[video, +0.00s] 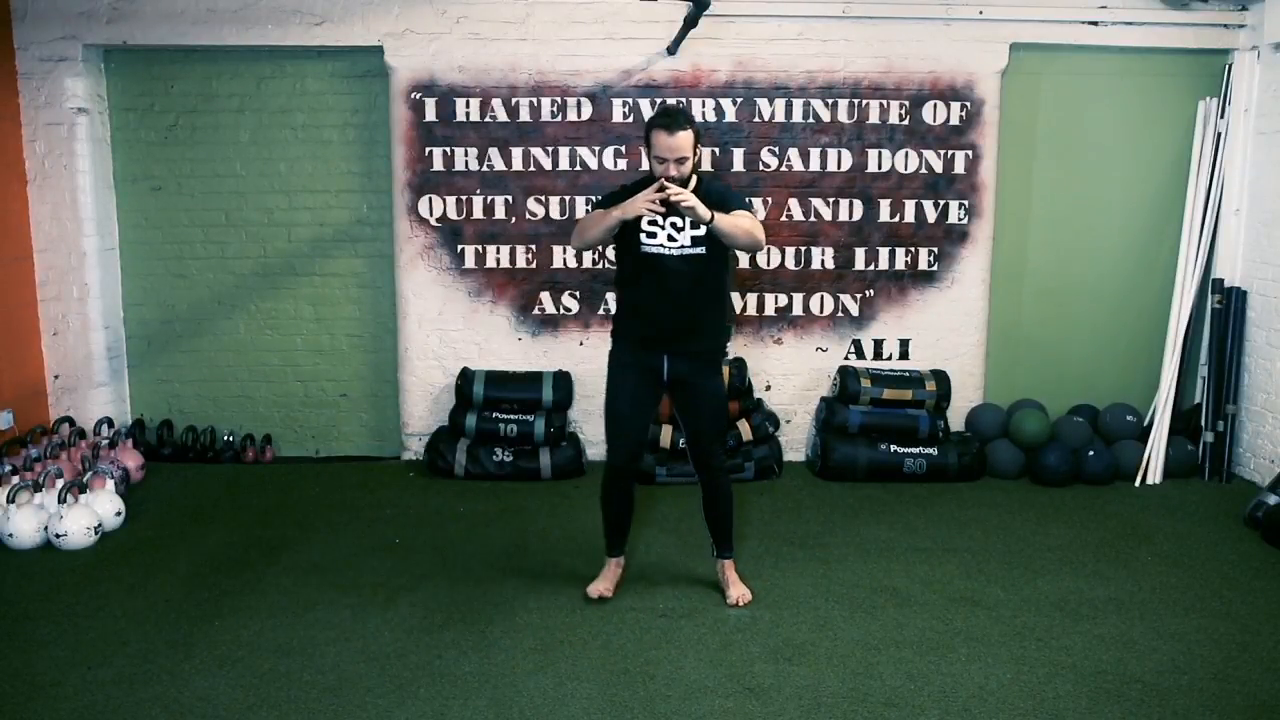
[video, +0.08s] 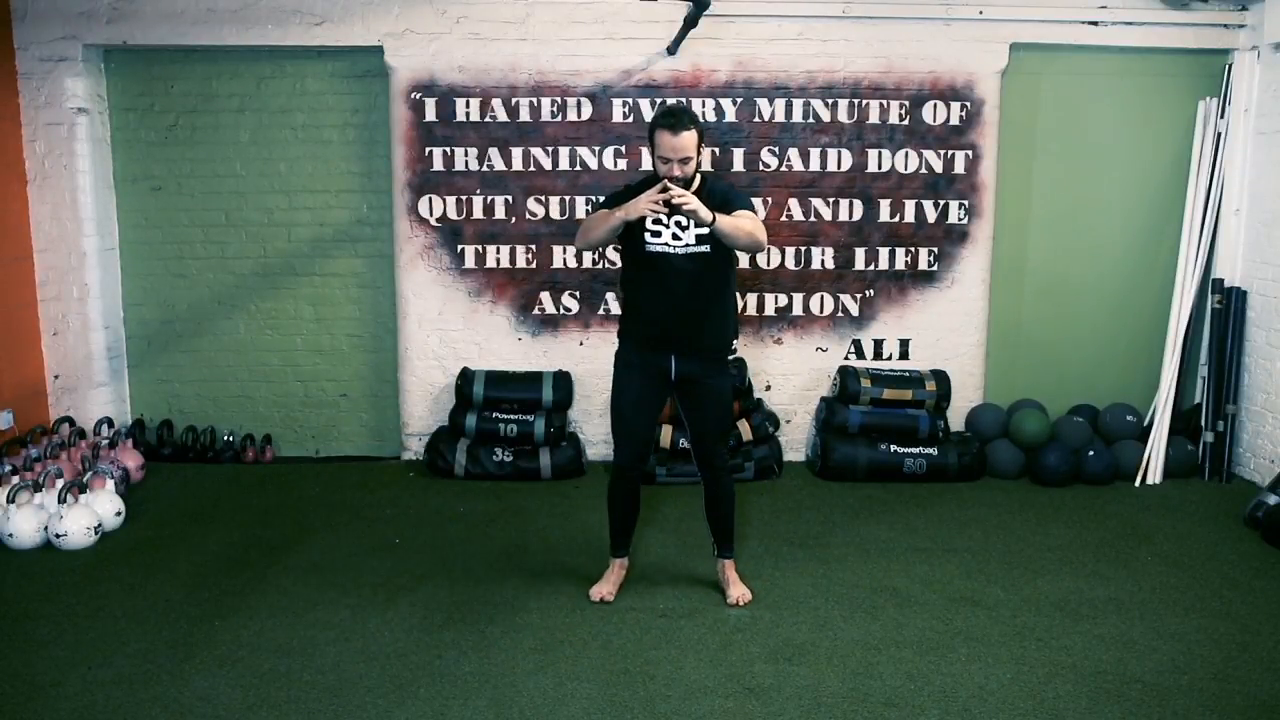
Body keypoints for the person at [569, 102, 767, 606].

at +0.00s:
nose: (670, 169)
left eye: (680, 159)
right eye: (661, 159)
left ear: (695, 153)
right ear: (648, 153)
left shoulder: (716, 193)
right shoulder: (628, 195)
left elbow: (754, 238)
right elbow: (580, 238)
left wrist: (704, 214)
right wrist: (625, 210)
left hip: (699, 351)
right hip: (635, 349)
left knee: (711, 459)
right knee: (622, 455)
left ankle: (726, 563)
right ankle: (614, 560)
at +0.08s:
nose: (676, 170)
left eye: (685, 160)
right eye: (666, 160)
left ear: (700, 151)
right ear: (651, 152)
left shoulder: (721, 193)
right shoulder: (632, 195)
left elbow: (756, 239)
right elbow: (584, 238)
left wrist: (706, 216)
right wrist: (628, 212)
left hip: (706, 352)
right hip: (641, 350)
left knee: (715, 461)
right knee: (628, 459)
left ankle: (726, 563)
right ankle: (618, 561)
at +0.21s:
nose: (676, 171)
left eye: (686, 161)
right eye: (667, 161)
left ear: (701, 153)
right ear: (653, 154)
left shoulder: (723, 195)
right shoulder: (634, 196)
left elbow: (759, 241)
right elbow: (587, 242)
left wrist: (709, 220)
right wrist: (631, 215)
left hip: (709, 352)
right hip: (643, 350)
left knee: (719, 461)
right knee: (628, 458)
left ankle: (726, 563)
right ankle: (617, 561)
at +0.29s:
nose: (675, 179)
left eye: (684, 169)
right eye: (665, 168)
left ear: (700, 159)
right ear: (652, 160)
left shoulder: (722, 198)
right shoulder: (635, 200)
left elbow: (760, 249)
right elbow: (588, 250)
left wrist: (709, 229)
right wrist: (634, 224)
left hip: (708, 356)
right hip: (643, 353)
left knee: (721, 461)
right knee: (625, 458)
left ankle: (726, 563)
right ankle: (617, 561)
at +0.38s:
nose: (674, 195)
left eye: (683, 184)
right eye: (665, 184)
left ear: (700, 174)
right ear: (652, 175)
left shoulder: (720, 213)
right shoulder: (634, 213)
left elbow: (759, 265)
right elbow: (586, 263)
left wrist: (711, 247)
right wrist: (633, 242)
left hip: (707, 365)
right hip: (640, 362)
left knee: (727, 465)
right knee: (621, 463)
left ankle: (727, 562)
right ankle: (617, 562)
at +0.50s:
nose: (672, 237)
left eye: (682, 227)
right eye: (663, 227)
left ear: (697, 216)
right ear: (650, 216)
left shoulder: (716, 247)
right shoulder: (632, 245)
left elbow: (758, 299)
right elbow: (587, 298)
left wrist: (713, 292)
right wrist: (632, 286)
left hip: (706, 379)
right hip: (641, 378)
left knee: (738, 471)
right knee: (613, 471)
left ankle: (727, 563)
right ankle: (617, 563)